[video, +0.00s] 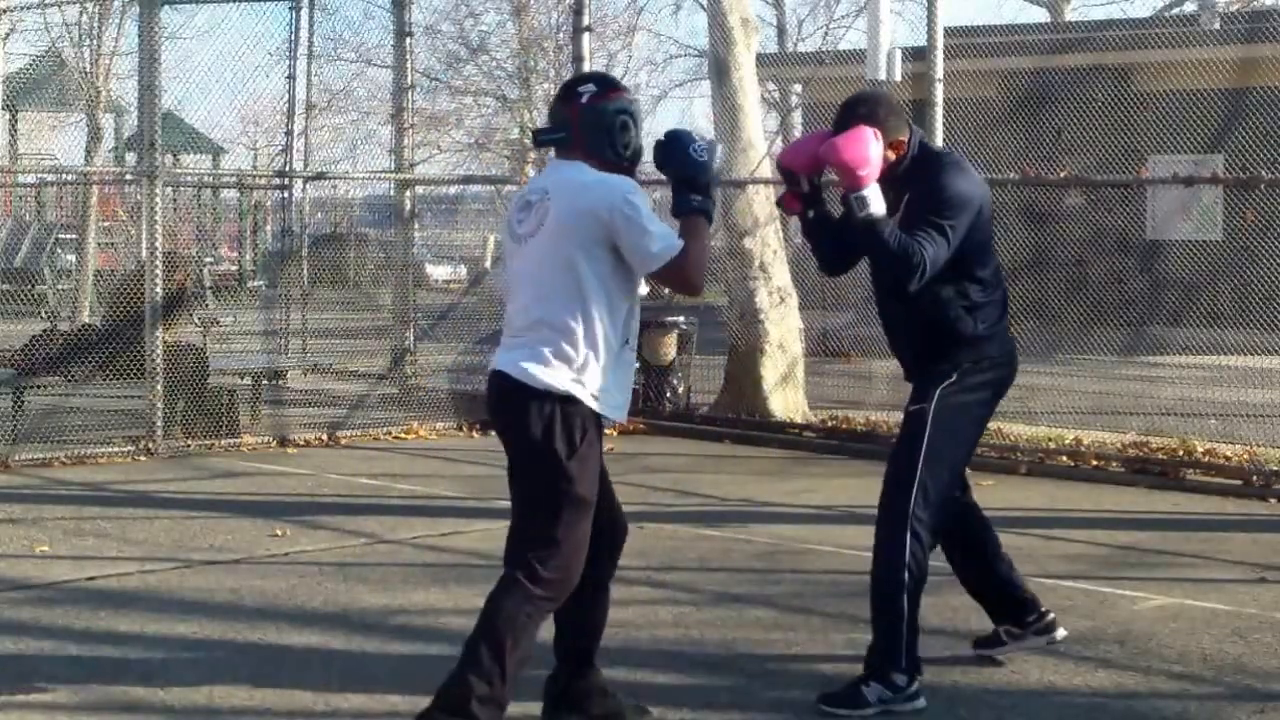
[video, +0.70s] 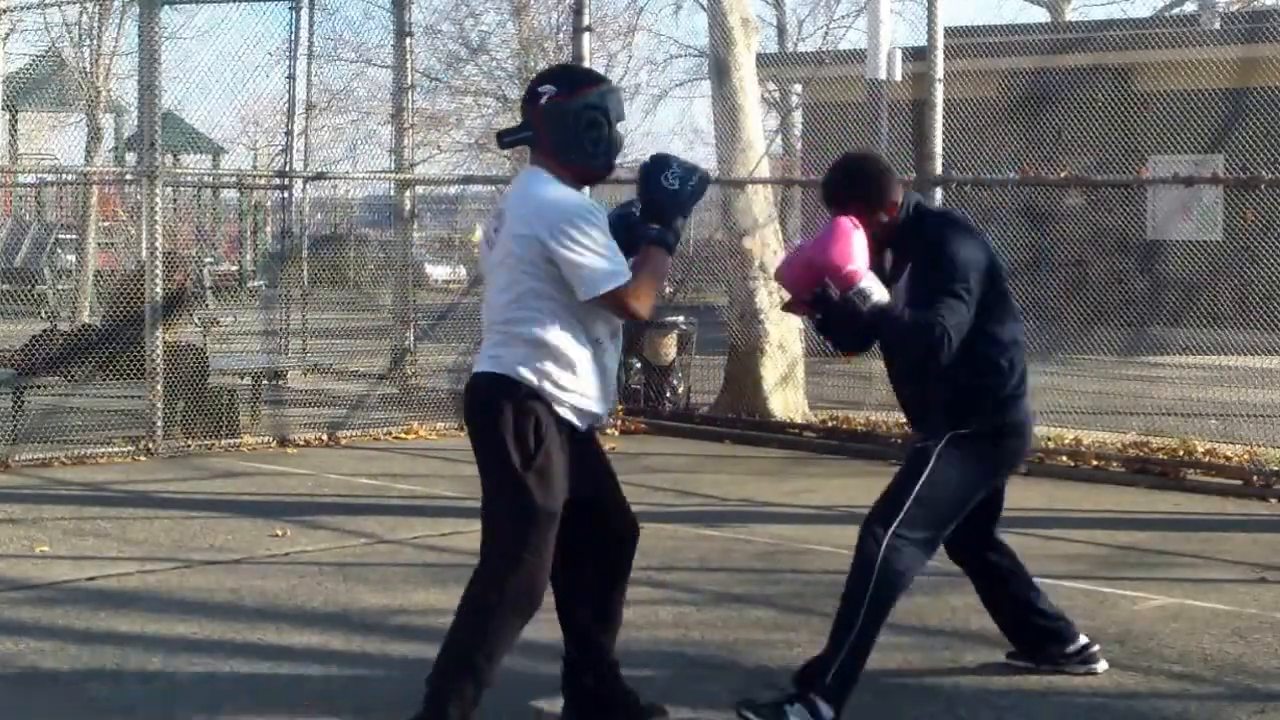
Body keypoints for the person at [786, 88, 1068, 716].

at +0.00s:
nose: (859, 168)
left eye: (864, 157)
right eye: (853, 158)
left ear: (897, 145)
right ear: (869, 150)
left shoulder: (951, 181)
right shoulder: (884, 181)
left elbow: (913, 268)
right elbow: (836, 258)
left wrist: (865, 201)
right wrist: (808, 203)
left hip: (970, 361)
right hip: (935, 363)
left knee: (903, 511)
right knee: (942, 498)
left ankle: (892, 676)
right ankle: (1022, 616)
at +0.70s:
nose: (843, 232)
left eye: (845, 221)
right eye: (841, 223)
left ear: (874, 212)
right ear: (884, 204)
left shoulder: (953, 242)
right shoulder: (891, 250)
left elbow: (938, 340)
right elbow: (857, 337)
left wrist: (862, 291)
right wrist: (818, 304)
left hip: (978, 431)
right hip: (955, 428)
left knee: (887, 537)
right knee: (973, 541)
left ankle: (820, 699)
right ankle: (1057, 643)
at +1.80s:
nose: (1060, 188)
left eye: (1060, 173)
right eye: (1052, 176)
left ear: (1093, 152)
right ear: (1092, 150)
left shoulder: (1164, 189)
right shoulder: (1113, 187)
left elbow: (1121, 286)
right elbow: (1070, 276)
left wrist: (1050, 215)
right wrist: (1022, 224)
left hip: (1192, 407)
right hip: (1182, 403)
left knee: (1090, 551)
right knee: (1192, 555)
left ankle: (1121, 708)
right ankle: (1267, 697)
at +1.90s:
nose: (1075, 184)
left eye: (1073, 171)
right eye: (1068, 173)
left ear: (1104, 148)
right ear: (1107, 145)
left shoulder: (1164, 180)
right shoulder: (1163, 175)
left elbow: (1125, 278)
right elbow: (1116, 279)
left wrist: (1064, 212)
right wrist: (1053, 233)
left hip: (1200, 401)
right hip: (1240, 397)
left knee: (1088, 531)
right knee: (1205, 555)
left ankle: (1125, 702)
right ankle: (1263, 701)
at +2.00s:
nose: (1084, 181)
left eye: (1082, 167)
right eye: (1076, 170)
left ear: (1110, 145)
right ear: (1120, 138)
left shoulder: (1162, 178)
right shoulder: (1184, 167)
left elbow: (1129, 277)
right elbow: (1134, 273)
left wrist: (1068, 215)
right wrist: (1065, 225)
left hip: (1199, 404)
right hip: (1246, 402)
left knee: (1101, 562)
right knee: (1209, 559)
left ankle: (1112, 709)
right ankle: (1263, 701)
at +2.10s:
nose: (1081, 185)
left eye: (1079, 170)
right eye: (1074, 173)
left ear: (1108, 149)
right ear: (1121, 138)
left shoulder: (1162, 189)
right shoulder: (1187, 170)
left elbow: (1103, 282)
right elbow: (1108, 276)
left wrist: (1051, 208)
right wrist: (1048, 222)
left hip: (1197, 406)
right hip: (1248, 401)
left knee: (1104, 559)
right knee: (1206, 556)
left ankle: (1110, 709)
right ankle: (1264, 700)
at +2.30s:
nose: (1080, 186)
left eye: (1081, 173)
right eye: (1074, 174)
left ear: (1114, 158)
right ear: (1124, 150)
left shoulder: (1177, 204)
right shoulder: (1174, 180)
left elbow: (1108, 297)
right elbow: (1080, 282)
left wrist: (1059, 210)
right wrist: (1036, 221)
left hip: (1205, 415)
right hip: (1248, 409)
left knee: (1117, 562)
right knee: (1220, 555)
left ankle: (1112, 707)